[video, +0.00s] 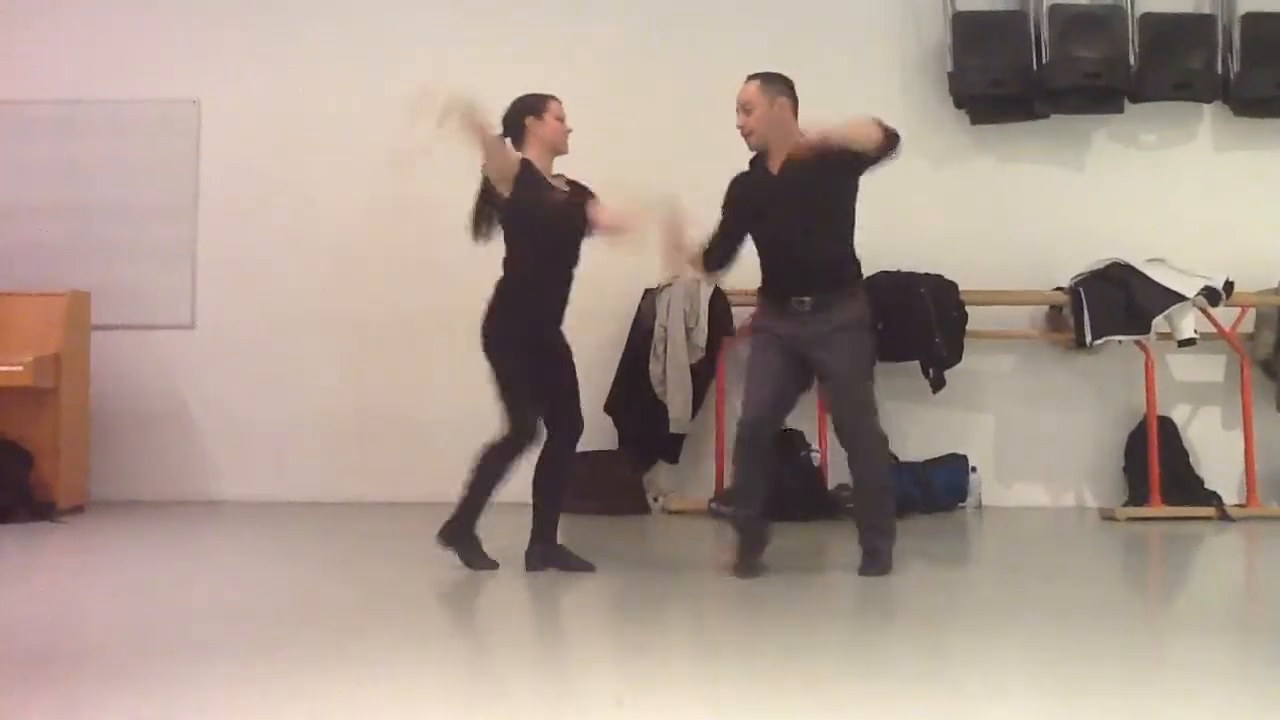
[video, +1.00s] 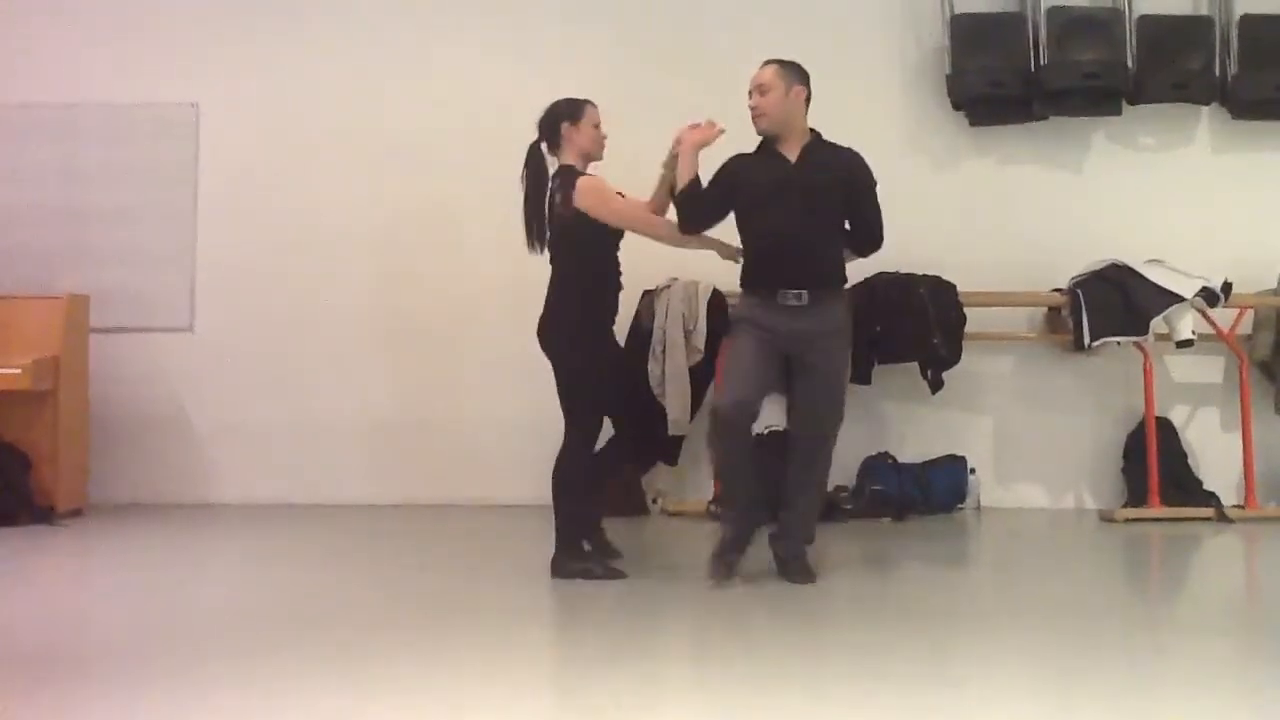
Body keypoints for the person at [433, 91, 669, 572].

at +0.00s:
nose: (569, 126)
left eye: (566, 118)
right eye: (560, 118)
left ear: (541, 125)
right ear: (532, 125)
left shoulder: (575, 194)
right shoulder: (513, 178)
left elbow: (610, 222)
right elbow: (497, 155)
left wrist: (643, 219)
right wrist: (474, 124)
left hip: (548, 329)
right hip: (509, 325)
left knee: (566, 427)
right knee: (523, 428)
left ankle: (544, 544)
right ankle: (460, 525)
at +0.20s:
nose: (580, 127)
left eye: (578, 119)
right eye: (570, 119)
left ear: (558, 130)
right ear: (542, 126)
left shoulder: (558, 186)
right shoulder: (528, 178)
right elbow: (542, 93)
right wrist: (558, 18)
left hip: (558, 324)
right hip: (533, 325)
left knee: (561, 429)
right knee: (590, 417)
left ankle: (543, 539)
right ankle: (537, 522)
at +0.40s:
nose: (592, 127)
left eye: (591, 118)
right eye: (584, 117)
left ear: (555, 126)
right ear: (559, 124)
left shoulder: (557, 173)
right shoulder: (555, 173)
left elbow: (607, 109)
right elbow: (608, 111)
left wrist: (641, 44)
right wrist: (639, 47)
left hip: (558, 321)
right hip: (560, 325)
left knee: (564, 432)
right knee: (599, 427)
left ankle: (542, 542)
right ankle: (575, 544)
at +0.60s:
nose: (601, 129)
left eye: (599, 120)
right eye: (594, 120)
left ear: (564, 126)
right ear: (569, 125)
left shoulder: (558, 172)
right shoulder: (578, 169)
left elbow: (615, 166)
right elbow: (645, 159)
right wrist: (684, 123)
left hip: (572, 322)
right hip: (575, 326)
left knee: (594, 431)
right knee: (599, 432)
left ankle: (549, 536)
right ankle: (566, 547)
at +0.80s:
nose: (604, 132)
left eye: (601, 123)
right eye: (596, 124)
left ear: (567, 132)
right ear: (570, 129)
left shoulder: (557, 178)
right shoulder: (585, 175)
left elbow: (638, 193)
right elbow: (657, 199)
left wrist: (652, 139)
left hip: (566, 322)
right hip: (582, 325)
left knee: (591, 429)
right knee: (598, 432)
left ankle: (563, 524)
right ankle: (568, 549)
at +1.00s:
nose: (603, 134)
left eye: (600, 126)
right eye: (595, 126)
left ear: (568, 136)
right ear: (568, 133)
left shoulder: (570, 185)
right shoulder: (582, 187)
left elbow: (652, 214)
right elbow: (661, 229)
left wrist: (674, 162)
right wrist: (718, 245)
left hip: (572, 326)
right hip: (579, 330)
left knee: (581, 434)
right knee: (644, 428)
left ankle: (582, 525)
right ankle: (569, 549)